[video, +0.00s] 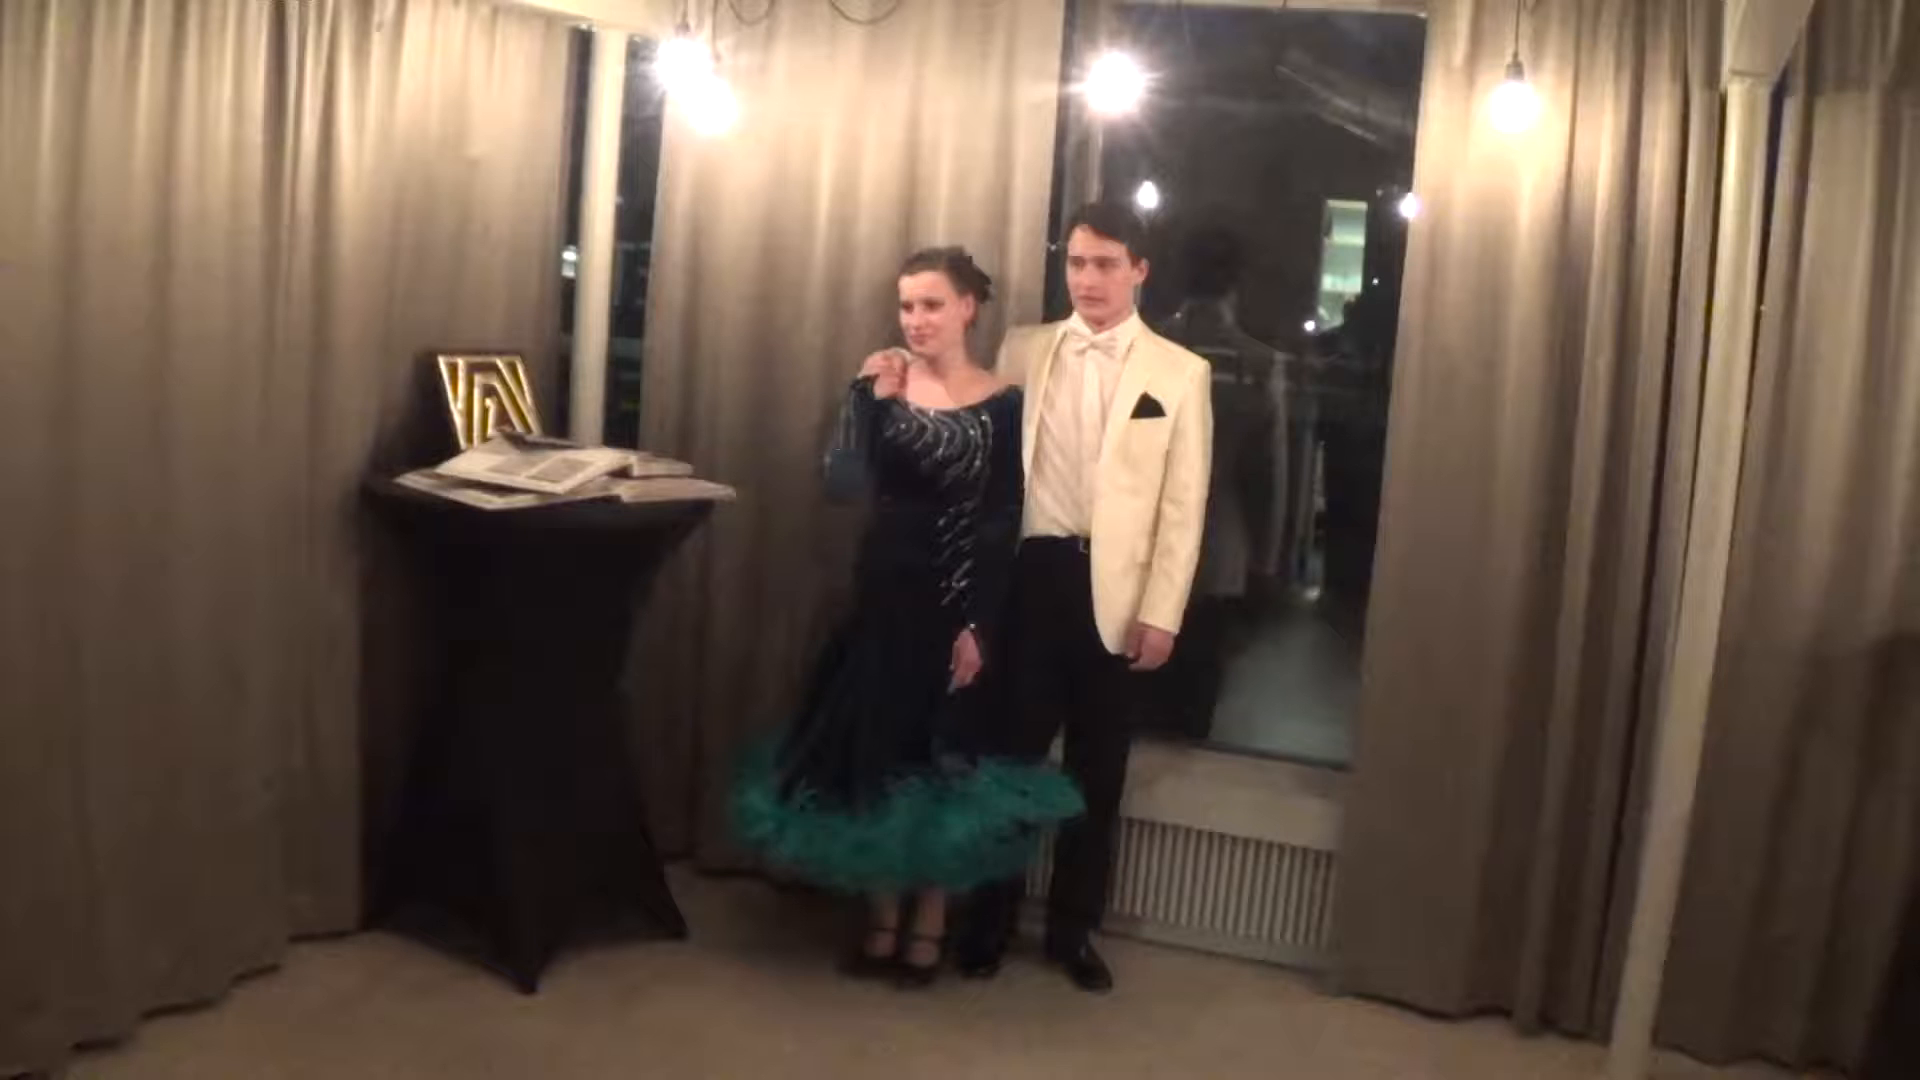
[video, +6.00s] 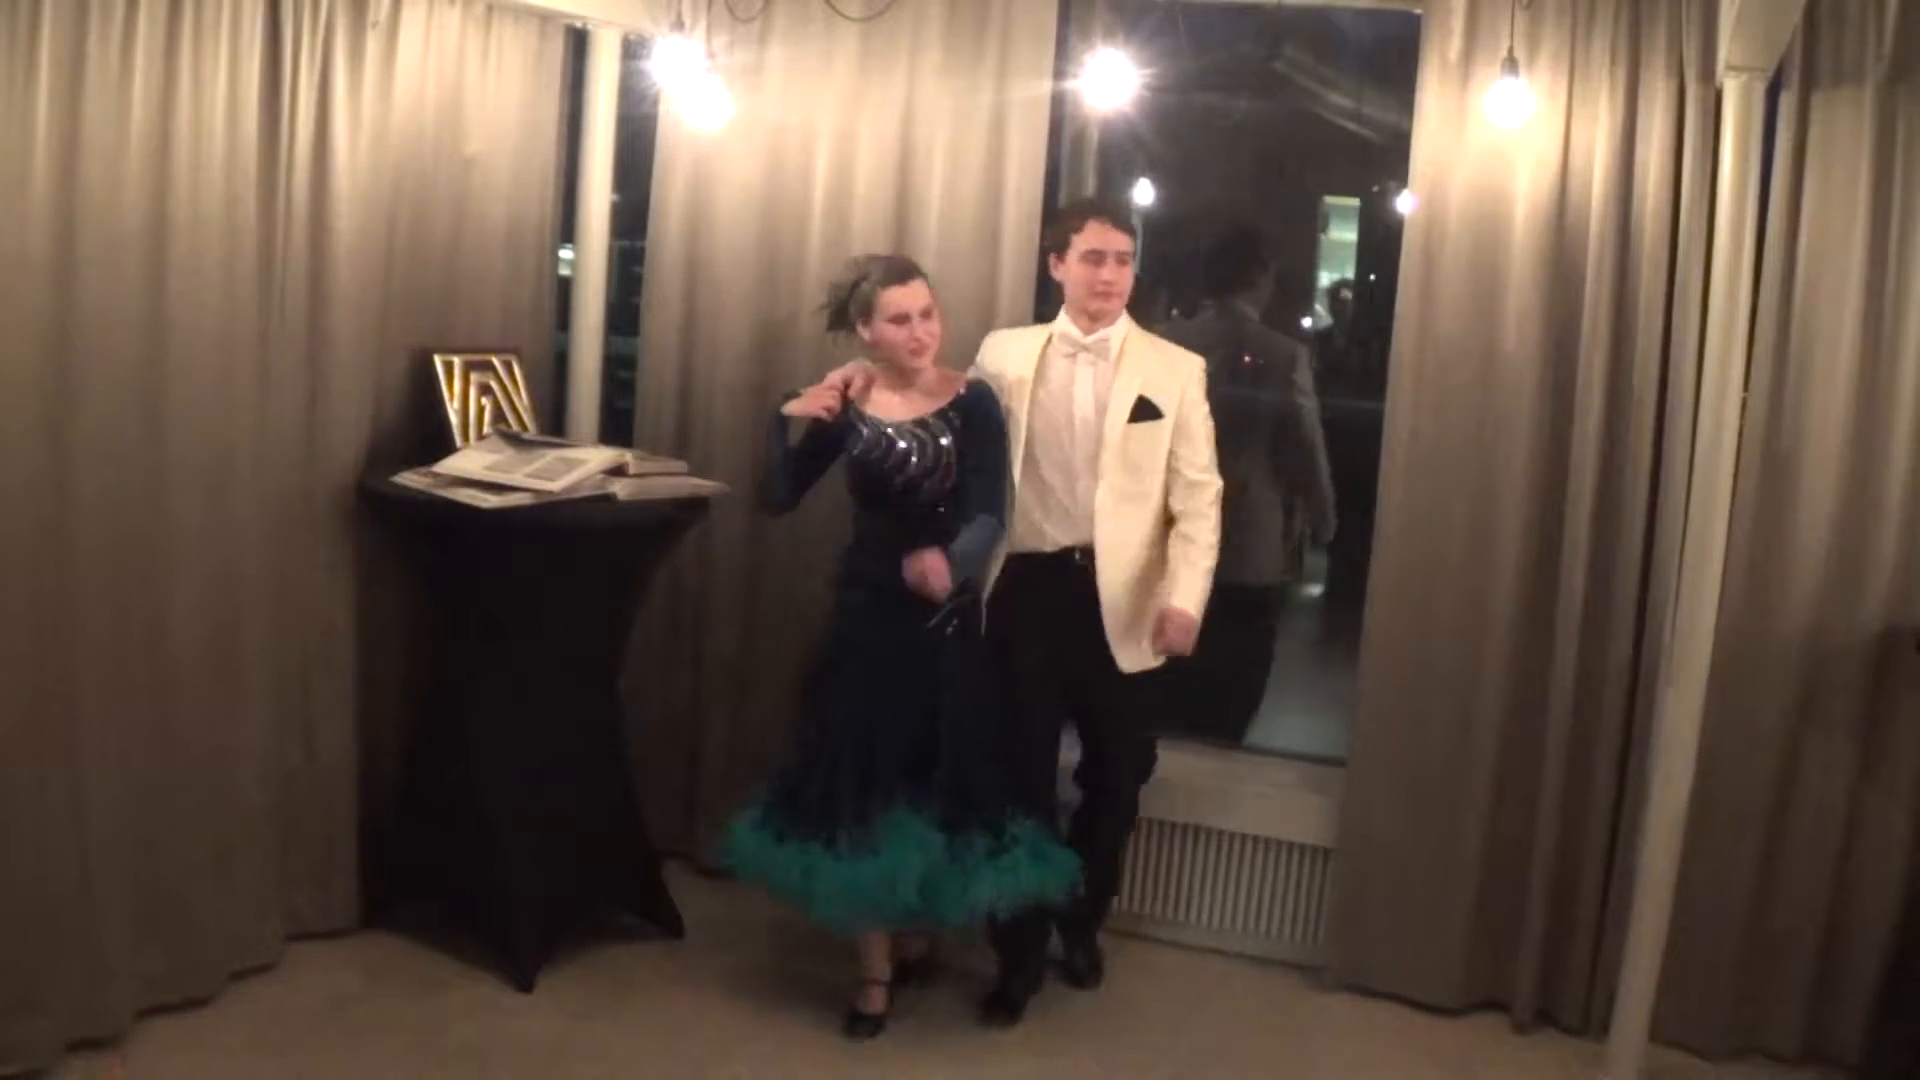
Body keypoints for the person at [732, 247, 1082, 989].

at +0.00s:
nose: (916, 319)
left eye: (931, 305)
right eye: (907, 306)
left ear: (971, 309)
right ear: (899, 312)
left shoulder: (1002, 402)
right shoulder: (884, 391)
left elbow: (1001, 522)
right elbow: (843, 484)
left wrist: (977, 623)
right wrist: (867, 397)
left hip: (960, 600)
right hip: (887, 589)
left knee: (943, 753)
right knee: (879, 746)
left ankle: (931, 906)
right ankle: (883, 902)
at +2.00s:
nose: (960, 323)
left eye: (971, 310)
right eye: (945, 309)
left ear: (984, 315)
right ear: (907, 312)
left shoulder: (996, 399)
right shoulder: (877, 386)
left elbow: (1007, 516)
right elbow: (812, 480)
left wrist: (1005, 619)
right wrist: (835, 397)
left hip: (961, 600)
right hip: (885, 592)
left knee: (942, 752)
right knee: (882, 748)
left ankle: (924, 909)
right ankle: (882, 907)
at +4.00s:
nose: (956, 323)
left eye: (966, 309)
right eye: (940, 309)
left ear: (978, 314)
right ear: (900, 311)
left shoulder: (991, 396)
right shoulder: (872, 385)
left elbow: (1005, 514)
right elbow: (809, 481)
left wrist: (1004, 617)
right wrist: (831, 397)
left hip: (959, 598)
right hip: (883, 591)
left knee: (940, 753)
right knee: (881, 749)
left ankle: (922, 913)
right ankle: (880, 909)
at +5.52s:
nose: (937, 354)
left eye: (941, 334)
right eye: (917, 346)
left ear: (953, 322)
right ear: (888, 351)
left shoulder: (992, 407)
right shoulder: (875, 408)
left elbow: (1011, 519)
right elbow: (809, 494)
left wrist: (972, 520)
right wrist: (825, 416)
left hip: (964, 610)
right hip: (889, 603)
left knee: (936, 759)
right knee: (869, 755)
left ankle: (915, 920)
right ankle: (872, 951)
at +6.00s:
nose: (919, 332)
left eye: (926, 314)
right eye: (900, 321)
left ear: (940, 314)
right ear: (864, 333)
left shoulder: (973, 401)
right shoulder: (848, 403)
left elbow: (988, 510)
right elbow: (781, 494)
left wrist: (956, 561)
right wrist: (792, 423)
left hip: (947, 607)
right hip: (869, 601)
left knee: (932, 761)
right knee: (862, 765)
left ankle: (915, 921)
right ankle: (872, 955)